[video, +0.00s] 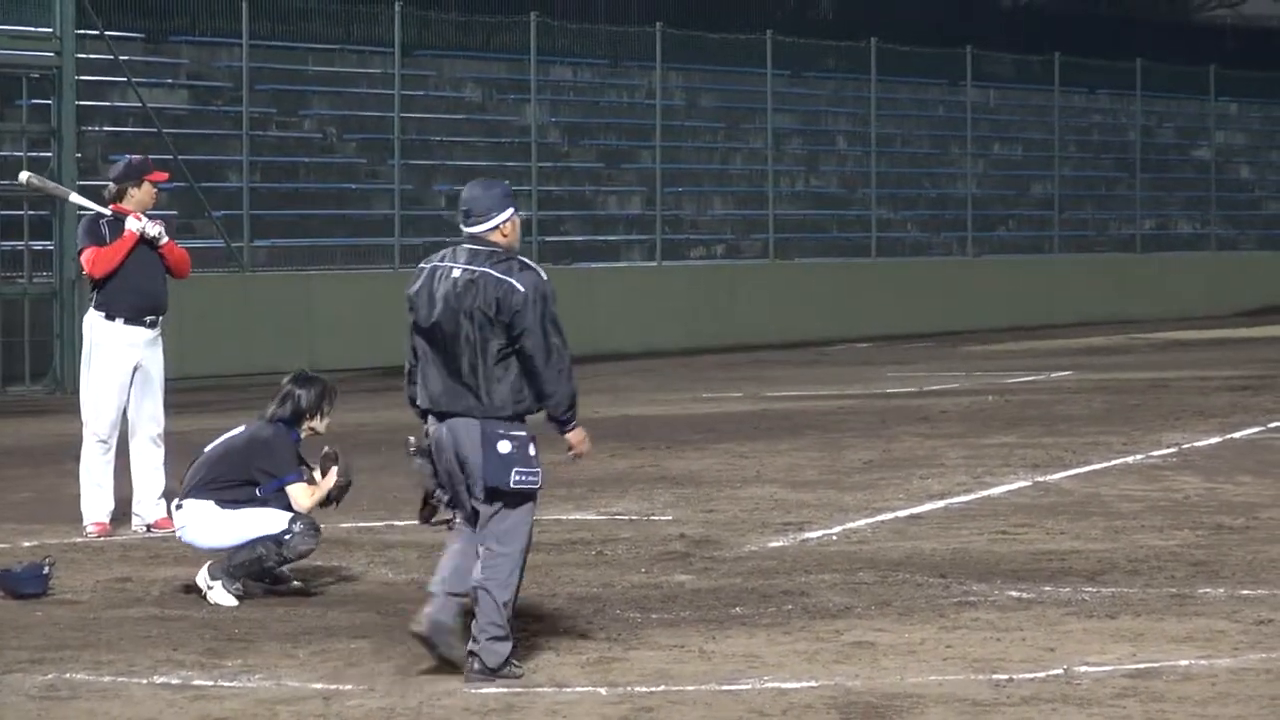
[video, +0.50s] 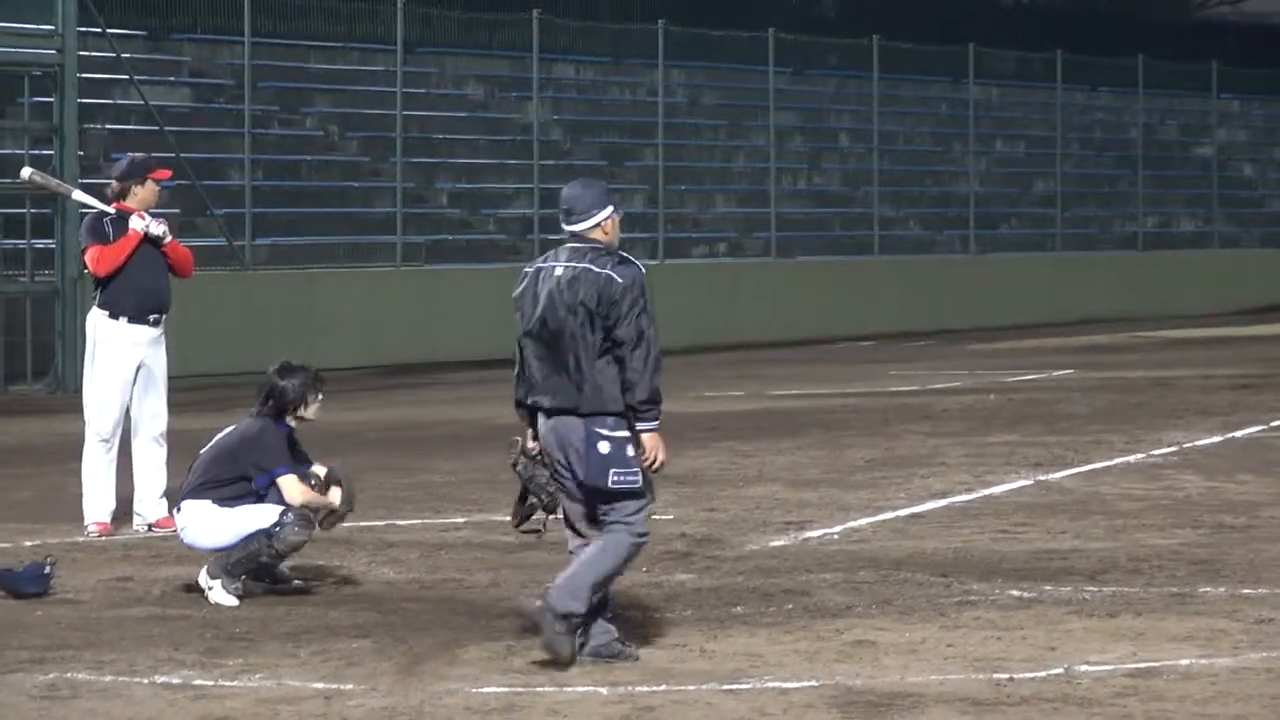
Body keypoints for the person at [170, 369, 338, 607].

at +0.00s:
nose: (329, 414)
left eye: (329, 408)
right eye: (326, 408)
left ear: (292, 405)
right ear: (310, 413)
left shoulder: (273, 431)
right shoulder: (278, 438)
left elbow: (300, 474)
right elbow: (303, 503)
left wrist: (321, 485)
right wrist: (327, 484)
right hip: (201, 519)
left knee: (293, 504)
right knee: (303, 531)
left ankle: (263, 567)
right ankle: (219, 574)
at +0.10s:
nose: (330, 410)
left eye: (330, 403)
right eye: (327, 403)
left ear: (296, 398)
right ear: (311, 406)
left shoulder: (273, 424)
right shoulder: (277, 431)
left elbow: (301, 467)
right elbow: (302, 499)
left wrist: (320, 475)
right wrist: (326, 474)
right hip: (197, 509)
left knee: (290, 501)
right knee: (300, 527)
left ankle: (261, 566)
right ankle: (216, 573)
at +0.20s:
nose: (332, 405)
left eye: (332, 398)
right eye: (329, 399)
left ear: (296, 396)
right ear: (314, 403)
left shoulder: (273, 422)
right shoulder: (282, 431)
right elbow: (307, 497)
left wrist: (319, 471)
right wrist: (328, 472)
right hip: (203, 508)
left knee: (294, 496)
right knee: (305, 524)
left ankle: (265, 565)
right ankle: (221, 571)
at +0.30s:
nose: (327, 407)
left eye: (327, 401)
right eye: (324, 401)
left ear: (292, 400)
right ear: (308, 406)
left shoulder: (269, 425)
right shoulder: (277, 434)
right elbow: (304, 499)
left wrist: (314, 474)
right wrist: (325, 475)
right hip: (201, 516)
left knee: (291, 499)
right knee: (303, 527)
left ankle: (262, 565)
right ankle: (218, 571)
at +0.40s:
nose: (321, 411)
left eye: (320, 404)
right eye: (318, 405)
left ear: (284, 403)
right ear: (302, 409)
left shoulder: (270, 432)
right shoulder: (271, 439)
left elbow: (299, 472)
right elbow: (301, 503)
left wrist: (317, 480)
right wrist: (325, 486)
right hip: (202, 524)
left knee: (294, 510)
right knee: (301, 530)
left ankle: (261, 569)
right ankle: (218, 574)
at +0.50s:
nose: (321, 399)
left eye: (319, 393)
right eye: (315, 394)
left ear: (286, 399)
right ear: (297, 401)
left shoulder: (279, 430)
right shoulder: (267, 433)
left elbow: (308, 469)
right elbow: (295, 496)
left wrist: (333, 483)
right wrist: (329, 501)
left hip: (222, 511)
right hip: (201, 518)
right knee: (296, 524)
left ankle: (263, 567)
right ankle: (218, 574)